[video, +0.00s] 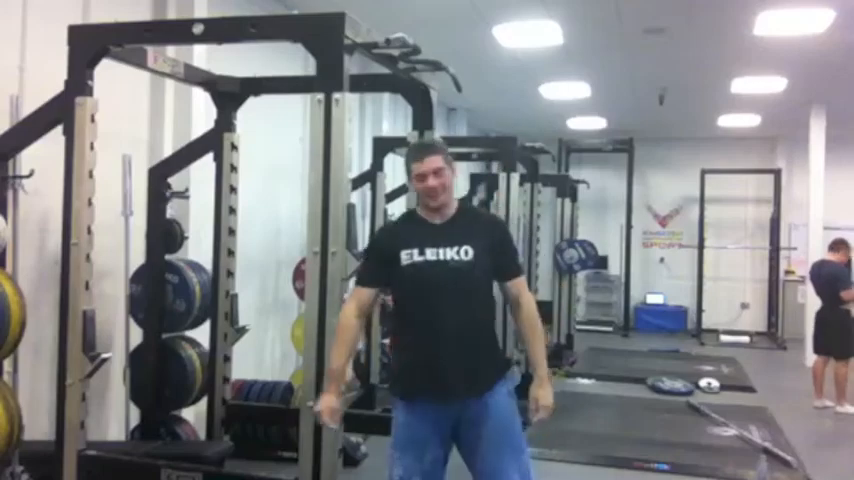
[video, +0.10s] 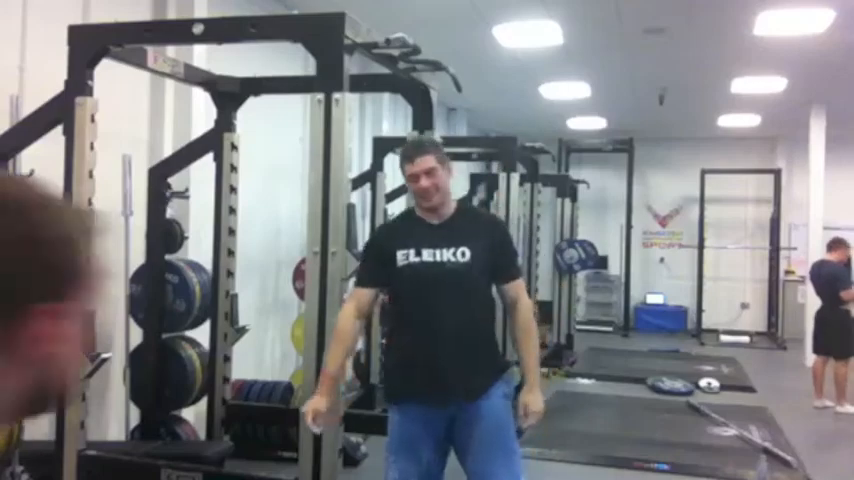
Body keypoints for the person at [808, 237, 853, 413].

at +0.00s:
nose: (847, 259)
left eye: (847, 256)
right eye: (846, 255)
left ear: (830, 250)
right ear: (841, 252)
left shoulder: (816, 267)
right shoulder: (840, 269)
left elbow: (822, 292)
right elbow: (846, 295)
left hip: (823, 311)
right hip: (840, 313)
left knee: (822, 357)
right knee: (842, 361)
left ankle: (818, 398)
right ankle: (841, 402)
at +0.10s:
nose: (846, 257)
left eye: (847, 253)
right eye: (846, 253)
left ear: (830, 249)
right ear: (838, 250)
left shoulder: (815, 266)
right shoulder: (839, 269)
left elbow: (823, 292)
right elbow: (845, 295)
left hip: (823, 311)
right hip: (840, 313)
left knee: (821, 357)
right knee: (842, 361)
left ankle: (818, 398)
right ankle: (841, 402)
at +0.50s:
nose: (846, 255)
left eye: (846, 251)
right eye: (845, 251)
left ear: (829, 249)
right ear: (838, 249)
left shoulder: (816, 266)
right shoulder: (838, 268)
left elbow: (821, 291)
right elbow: (842, 294)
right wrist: (853, 294)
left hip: (822, 311)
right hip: (839, 314)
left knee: (821, 357)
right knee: (841, 361)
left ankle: (818, 398)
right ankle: (841, 401)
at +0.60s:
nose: (848, 255)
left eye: (847, 251)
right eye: (846, 251)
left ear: (829, 248)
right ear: (839, 249)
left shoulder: (816, 267)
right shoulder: (837, 269)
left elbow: (820, 293)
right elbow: (842, 295)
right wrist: (853, 296)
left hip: (822, 312)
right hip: (839, 314)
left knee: (821, 357)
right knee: (841, 361)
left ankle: (818, 398)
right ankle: (841, 402)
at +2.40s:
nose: (853, 255)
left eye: (852, 251)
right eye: (853, 251)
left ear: (844, 251)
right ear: (849, 251)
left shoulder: (833, 270)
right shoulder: (847, 272)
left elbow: (830, 302)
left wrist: (840, 314)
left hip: (837, 320)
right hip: (848, 322)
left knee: (842, 359)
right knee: (848, 362)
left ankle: (825, 394)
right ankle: (845, 403)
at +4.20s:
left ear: (847, 252)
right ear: (851, 253)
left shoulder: (834, 271)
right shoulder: (838, 272)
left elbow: (830, 302)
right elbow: (831, 302)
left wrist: (834, 322)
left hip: (839, 325)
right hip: (848, 327)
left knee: (848, 362)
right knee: (849, 363)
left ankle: (845, 396)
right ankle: (846, 397)